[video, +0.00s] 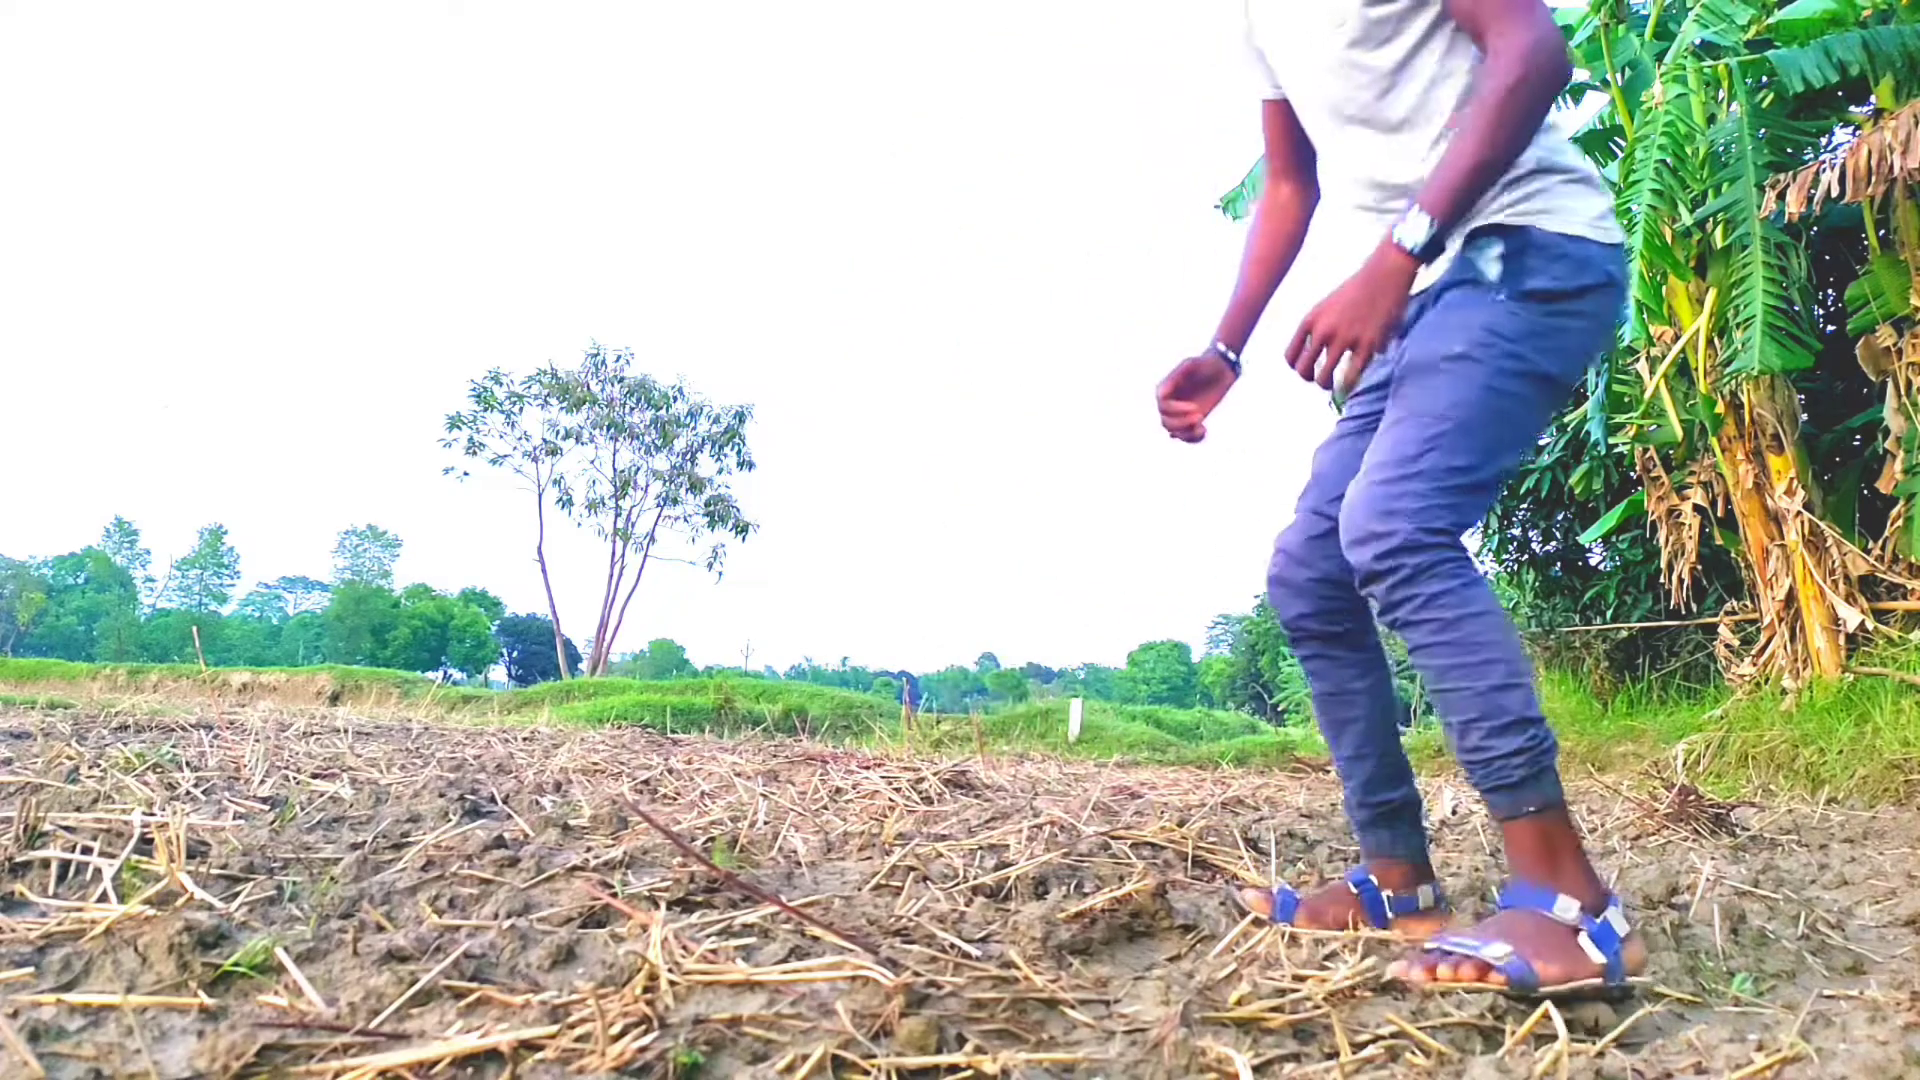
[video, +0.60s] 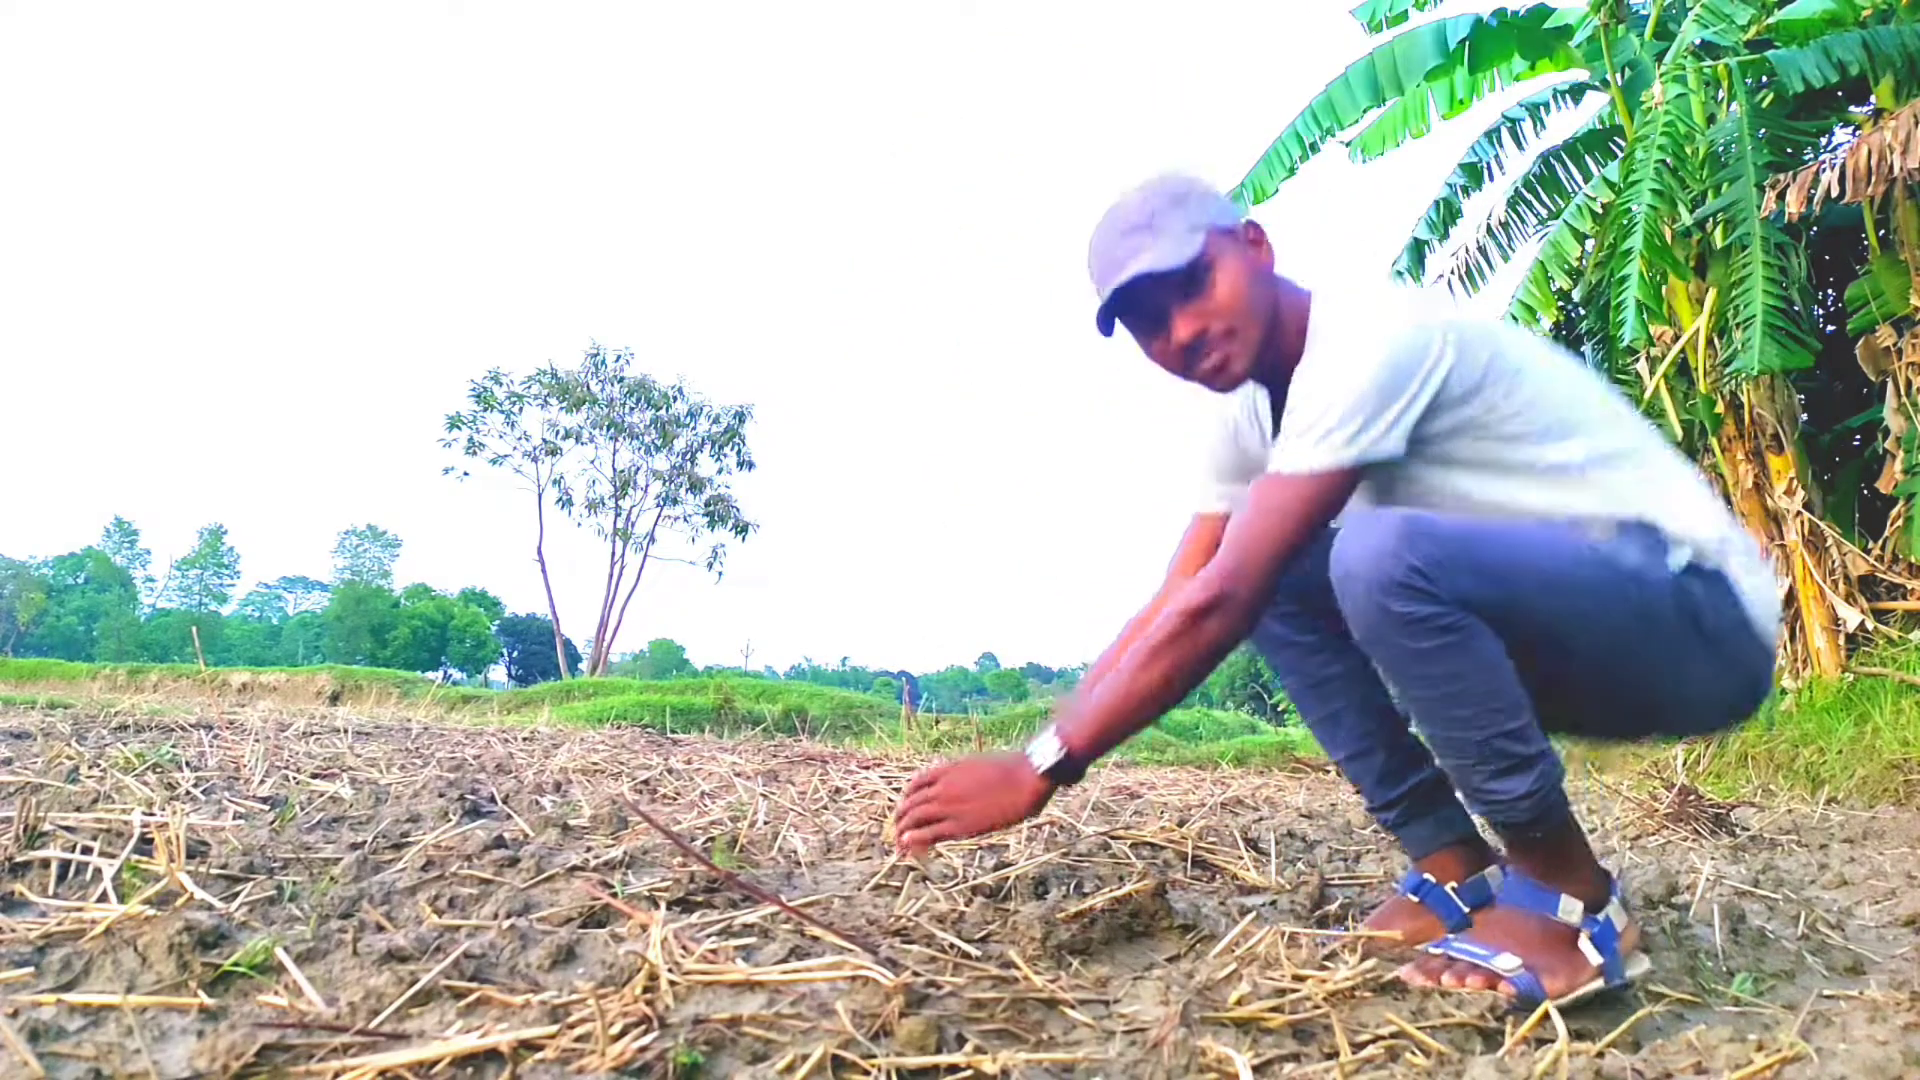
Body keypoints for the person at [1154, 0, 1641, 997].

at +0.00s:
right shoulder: (1265, 20)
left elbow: (1533, 51)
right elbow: (1288, 180)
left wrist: (1393, 257)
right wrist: (1227, 347)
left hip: (1531, 248)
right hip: (1428, 286)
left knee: (1396, 529)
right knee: (1306, 574)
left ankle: (1564, 898)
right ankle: (1398, 884)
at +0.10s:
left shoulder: (1449, 5)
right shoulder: (1290, 24)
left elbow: (1493, 126)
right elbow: (1311, 214)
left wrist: (1388, 357)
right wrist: (1251, 407)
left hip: (1585, 250)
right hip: (1467, 285)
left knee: (1409, 537)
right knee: (1278, 522)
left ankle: (1580, 912)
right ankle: (1431, 823)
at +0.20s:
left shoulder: (1439, 4)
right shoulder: (1289, 38)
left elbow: (1438, 190)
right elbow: (1311, 252)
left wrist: (1356, 427)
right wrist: (1249, 450)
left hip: (1632, 269)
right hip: (1508, 303)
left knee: (1425, 540)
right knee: (1312, 530)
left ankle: (1598, 921)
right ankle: (1479, 826)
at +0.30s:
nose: (1183, 53)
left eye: (1186, 15)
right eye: (1159, 39)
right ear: (1157, 43)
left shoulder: (1418, 24)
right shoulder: (1275, 127)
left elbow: (1363, 305)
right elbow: (1275, 345)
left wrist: (1273, 539)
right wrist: (1210, 546)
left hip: (1692, 298)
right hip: (1563, 326)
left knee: (1442, 544)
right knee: (1331, 533)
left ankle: (1607, 923)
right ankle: (1472, 865)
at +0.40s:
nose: (1185, 140)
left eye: (1189, 90)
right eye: (1151, 129)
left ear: (1256, 38)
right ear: (1143, 147)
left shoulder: (1407, 102)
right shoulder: (1266, 228)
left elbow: (1322, 391)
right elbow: (1231, 436)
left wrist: (1187, 614)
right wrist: (1144, 622)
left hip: (1715, 345)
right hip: (1584, 374)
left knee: (1440, 541)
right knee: (1334, 531)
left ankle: (1605, 926)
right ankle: (1471, 873)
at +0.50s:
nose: (1184, 261)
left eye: (1190, 212)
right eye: (1148, 251)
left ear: (1250, 168)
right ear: (1142, 270)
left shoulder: (1387, 224)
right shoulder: (1261, 333)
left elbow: (1265, 513)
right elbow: (1193, 521)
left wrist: (1088, 699)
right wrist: (1061, 686)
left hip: (1720, 457)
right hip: (1596, 468)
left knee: (1423, 543)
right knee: (1310, 551)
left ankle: (1581, 918)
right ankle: (1462, 881)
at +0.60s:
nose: (1176, 333)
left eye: (1185, 285)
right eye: (1142, 321)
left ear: (1256, 245)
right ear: (1135, 342)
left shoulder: (1374, 341)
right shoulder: (1246, 419)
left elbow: (1222, 606)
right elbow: (1181, 604)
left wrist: (1040, 767)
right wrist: (1037, 763)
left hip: (1697, 617)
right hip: (1582, 640)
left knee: (1382, 555)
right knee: (1275, 576)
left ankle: (1568, 897)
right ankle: (1454, 873)